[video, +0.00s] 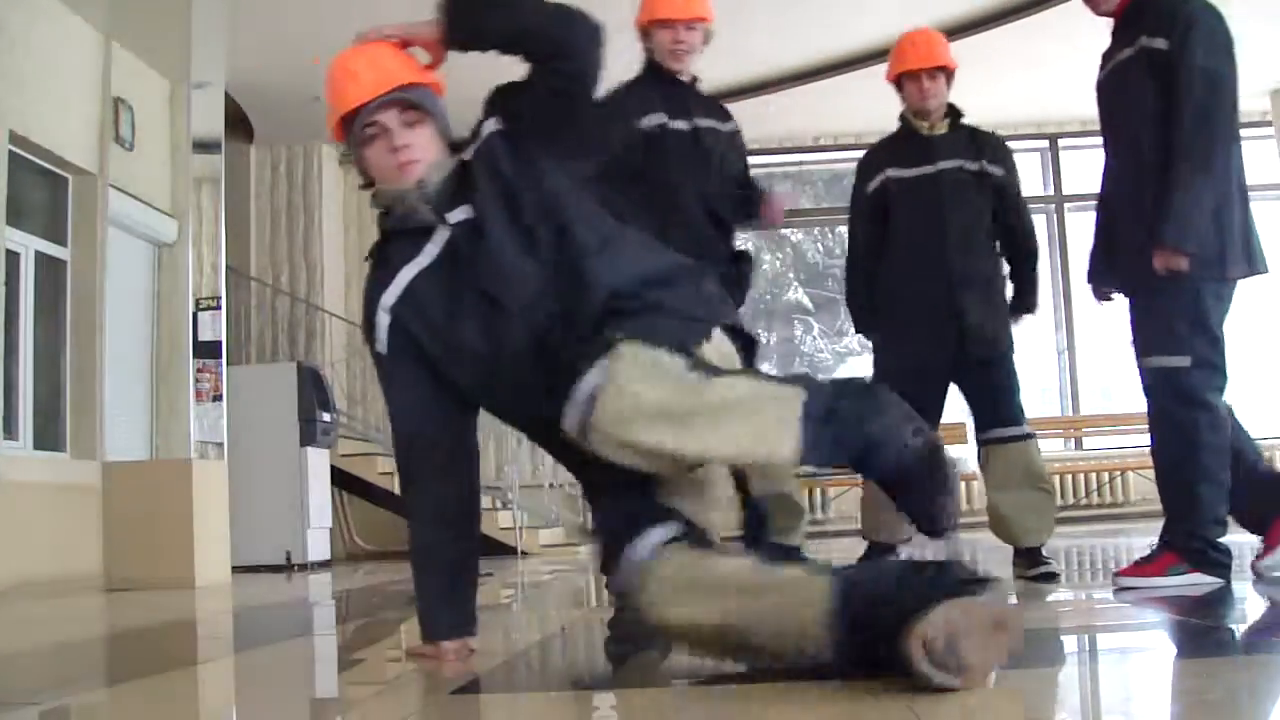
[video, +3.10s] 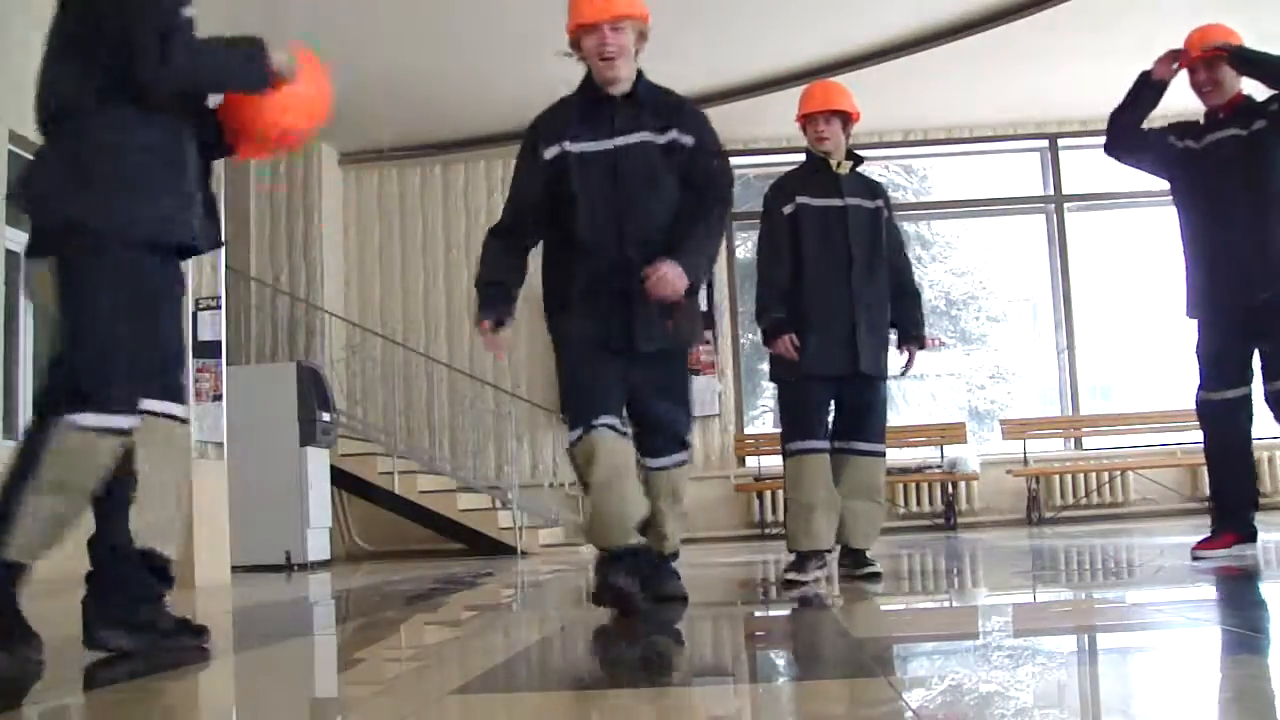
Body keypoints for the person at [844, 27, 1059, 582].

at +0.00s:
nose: (924, 87)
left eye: (933, 76)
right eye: (912, 79)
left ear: (949, 79)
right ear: (897, 87)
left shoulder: (987, 150)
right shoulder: (878, 162)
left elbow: (1016, 228)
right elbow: (861, 249)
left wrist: (1022, 294)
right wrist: (869, 318)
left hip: (980, 322)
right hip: (906, 328)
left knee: (1007, 435)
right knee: (898, 442)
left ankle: (1030, 546)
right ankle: (883, 548)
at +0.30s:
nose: (862, 100)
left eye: (871, 89)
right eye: (850, 93)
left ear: (889, 95)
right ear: (837, 104)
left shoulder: (928, 158)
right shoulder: (827, 180)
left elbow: (968, 226)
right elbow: (819, 262)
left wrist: (996, 287)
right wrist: (812, 325)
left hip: (936, 323)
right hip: (866, 332)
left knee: (966, 434)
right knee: (871, 446)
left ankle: (1000, 540)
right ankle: (882, 552)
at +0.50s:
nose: (844, 99)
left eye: (851, 88)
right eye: (832, 93)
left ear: (867, 92)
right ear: (818, 104)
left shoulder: (910, 151)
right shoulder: (813, 177)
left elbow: (951, 206)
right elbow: (787, 243)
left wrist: (955, 236)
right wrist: (778, 270)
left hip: (918, 319)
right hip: (850, 328)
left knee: (942, 428)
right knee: (861, 440)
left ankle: (983, 541)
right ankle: (879, 552)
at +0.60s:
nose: (838, 101)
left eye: (846, 91)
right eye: (826, 96)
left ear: (861, 94)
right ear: (814, 107)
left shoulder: (898, 146)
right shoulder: (809, 175)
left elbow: (939, 173)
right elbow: (775, 237)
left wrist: (921, 190)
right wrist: (785, 221)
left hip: (914, 318)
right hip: (847, 329)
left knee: (941, 428)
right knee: (861, 444)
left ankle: (976, 533)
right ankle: (871, 558)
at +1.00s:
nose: (855, 94)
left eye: (865, 83)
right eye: (844, 86)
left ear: (880, 90)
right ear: (829, 95)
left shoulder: (911, 151)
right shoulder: (811, 170)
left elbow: (922, 215)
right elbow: (799, 238)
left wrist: (853, 218)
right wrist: (809, 278)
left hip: (908, 317)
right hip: (840, 323)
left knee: (914, 432)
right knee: (855, 439)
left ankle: (916, 549)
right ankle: (877, 549)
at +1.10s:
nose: (864, 92)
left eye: (874, 82)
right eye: (852, 84)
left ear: (889, 88)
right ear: (837, 92)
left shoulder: (920, 155)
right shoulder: (818, 165)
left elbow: (935, 229)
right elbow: (805, 250)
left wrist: (898, 261)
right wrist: (806, 322)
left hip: (910, 324)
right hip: (842, 329)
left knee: (917, 435)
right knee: (848, 440)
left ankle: (919, 547)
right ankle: (871, 540)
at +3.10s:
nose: (821, 128)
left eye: (830, 119)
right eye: (812, 121)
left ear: (849, 125)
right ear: (802, 129)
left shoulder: (873, 193)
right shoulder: (785, 192)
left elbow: (896, 264)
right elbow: (771, 266)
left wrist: (909, 324)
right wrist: (774, 323)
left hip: (864, 343)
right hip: (803, 344)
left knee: (863, 449)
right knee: (806, 449)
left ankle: (857, 550)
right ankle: (811, 551)